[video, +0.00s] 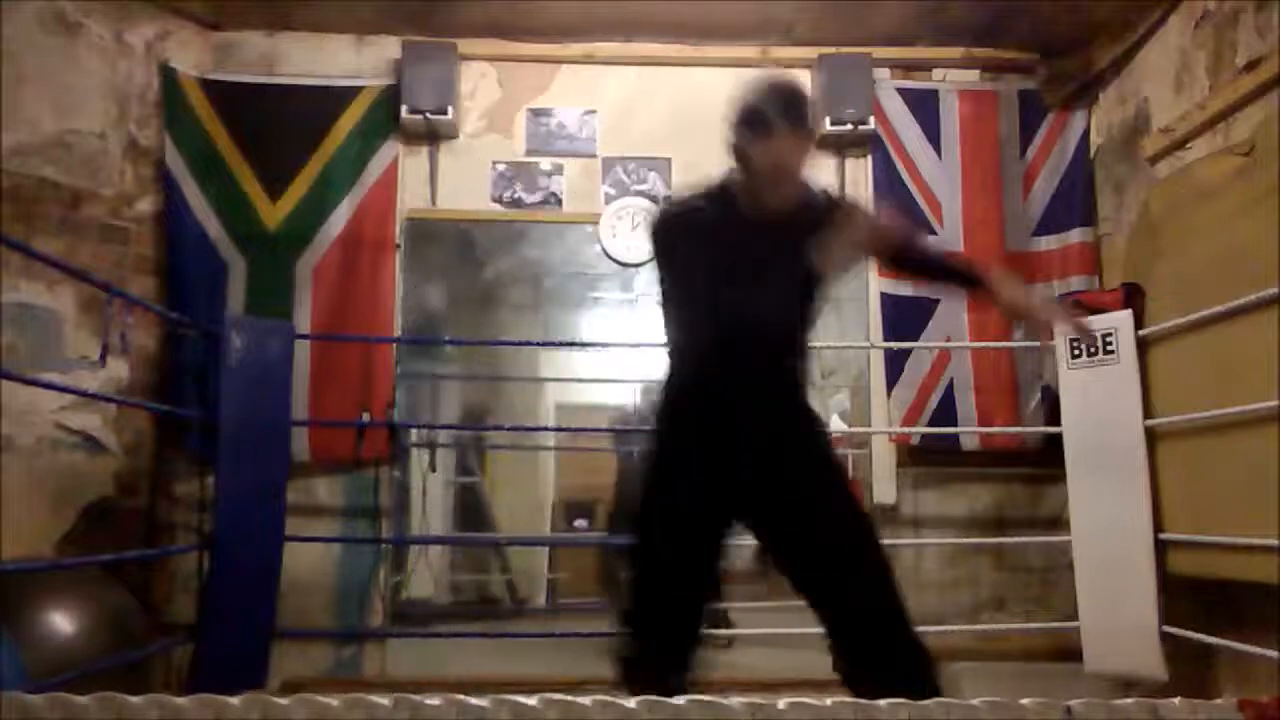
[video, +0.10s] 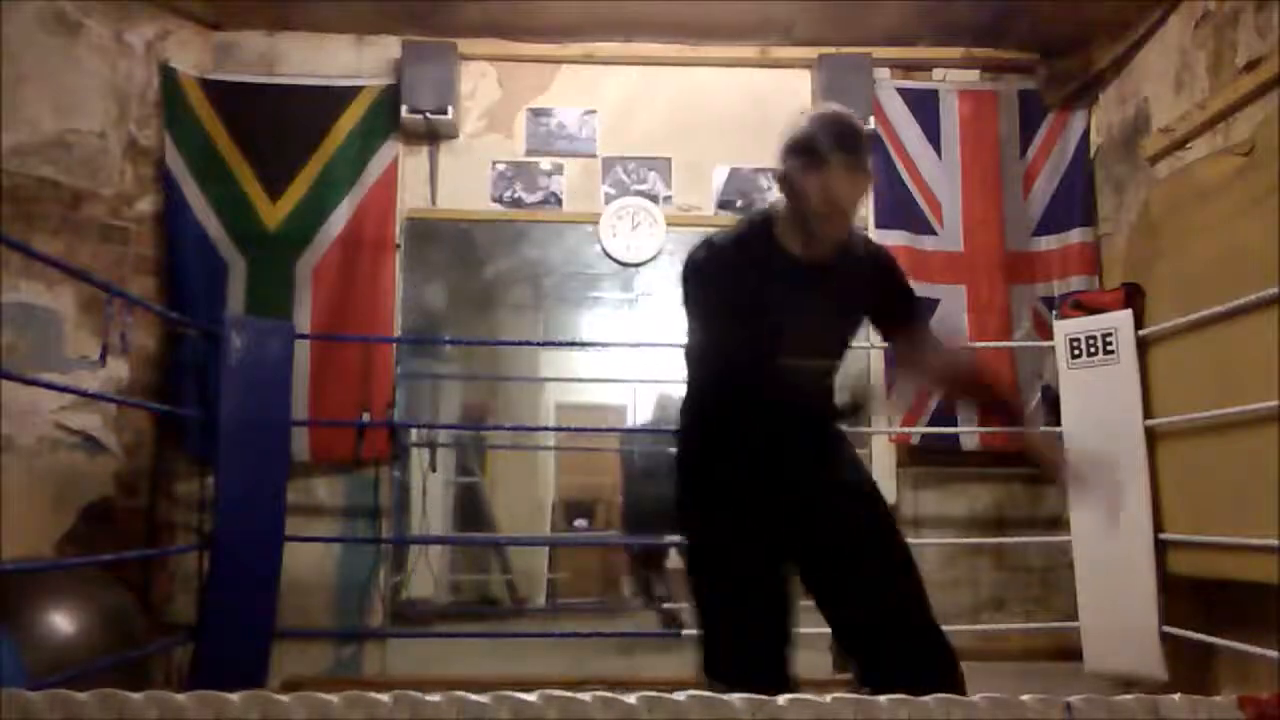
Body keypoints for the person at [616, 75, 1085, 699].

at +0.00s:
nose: (791, 159)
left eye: (800, 144)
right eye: (780, 142)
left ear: (807, 146)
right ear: (746, 142)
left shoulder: (824, 219)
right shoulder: (683, 226)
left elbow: (917, 260)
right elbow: (719, 308)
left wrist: (1009, 294)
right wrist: (812, 255)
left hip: (783, 448)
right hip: (691, 450)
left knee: (864, 606)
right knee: (657, 639)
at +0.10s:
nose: (837, 201)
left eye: (848, 185)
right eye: (822, 182)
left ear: (863, 186)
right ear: (789, 179)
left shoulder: (864, 267)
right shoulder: (720, 267)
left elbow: (933, 358)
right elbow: (727, 402)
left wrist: (1013, 414)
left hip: (820, 474)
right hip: (726, 482)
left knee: (914, 663)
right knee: (747, 678)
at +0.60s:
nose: (595, 45)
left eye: (615, 26)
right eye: (579, 26)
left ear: (641, 39)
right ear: (555, 38)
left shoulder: (687, 148)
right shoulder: (520, 125)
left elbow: (654, 285)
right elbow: (413, 184)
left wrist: (516, 168)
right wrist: (313, 226)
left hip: (644, 410)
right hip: (537, 406)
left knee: (708, 618)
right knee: (446, 603)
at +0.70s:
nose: (507, 99)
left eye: (528, 76)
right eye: (490, 77)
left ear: (560, 84)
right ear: (470, 90)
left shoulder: (629, 205)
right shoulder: (436, 194)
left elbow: (608, 353)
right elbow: (350, 289)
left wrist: (483, 317)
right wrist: (253, 344)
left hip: (598, 466)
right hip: (484, 454)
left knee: (605, 691)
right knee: (381, 664)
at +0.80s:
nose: (444, 130)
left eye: (467, 104)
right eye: (423, 109)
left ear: (504, 112)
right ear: (401, 124)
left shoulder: (591, 226)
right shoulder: (393, 231)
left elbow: (597, 425)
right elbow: (338, 382)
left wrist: (473, 499)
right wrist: (227, 482)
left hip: (573, 483)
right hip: (455, 470)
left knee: (552, 708)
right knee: (346, 687)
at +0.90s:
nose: (434, 126)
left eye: (456, 99)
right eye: (409, 102)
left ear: (492, 106)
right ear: (388, 122)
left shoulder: (594, 228)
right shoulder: (374, 244)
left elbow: (629, 408)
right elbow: (353, 419)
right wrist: (279, 565)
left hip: (567, 491)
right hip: (440, 487)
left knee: (573, 711)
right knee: (336, 700)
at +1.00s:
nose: (465, 80)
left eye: (489, 53)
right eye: (447, 55)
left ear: (529, 64)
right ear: (427, 72)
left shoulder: (618, 179)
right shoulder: (395, 207)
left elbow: (703, 326)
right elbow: (368, 397)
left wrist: (749, 469)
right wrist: (412, 476)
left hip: (599, 465)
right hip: (462, 460)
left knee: (662, 694)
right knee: (351, 690)